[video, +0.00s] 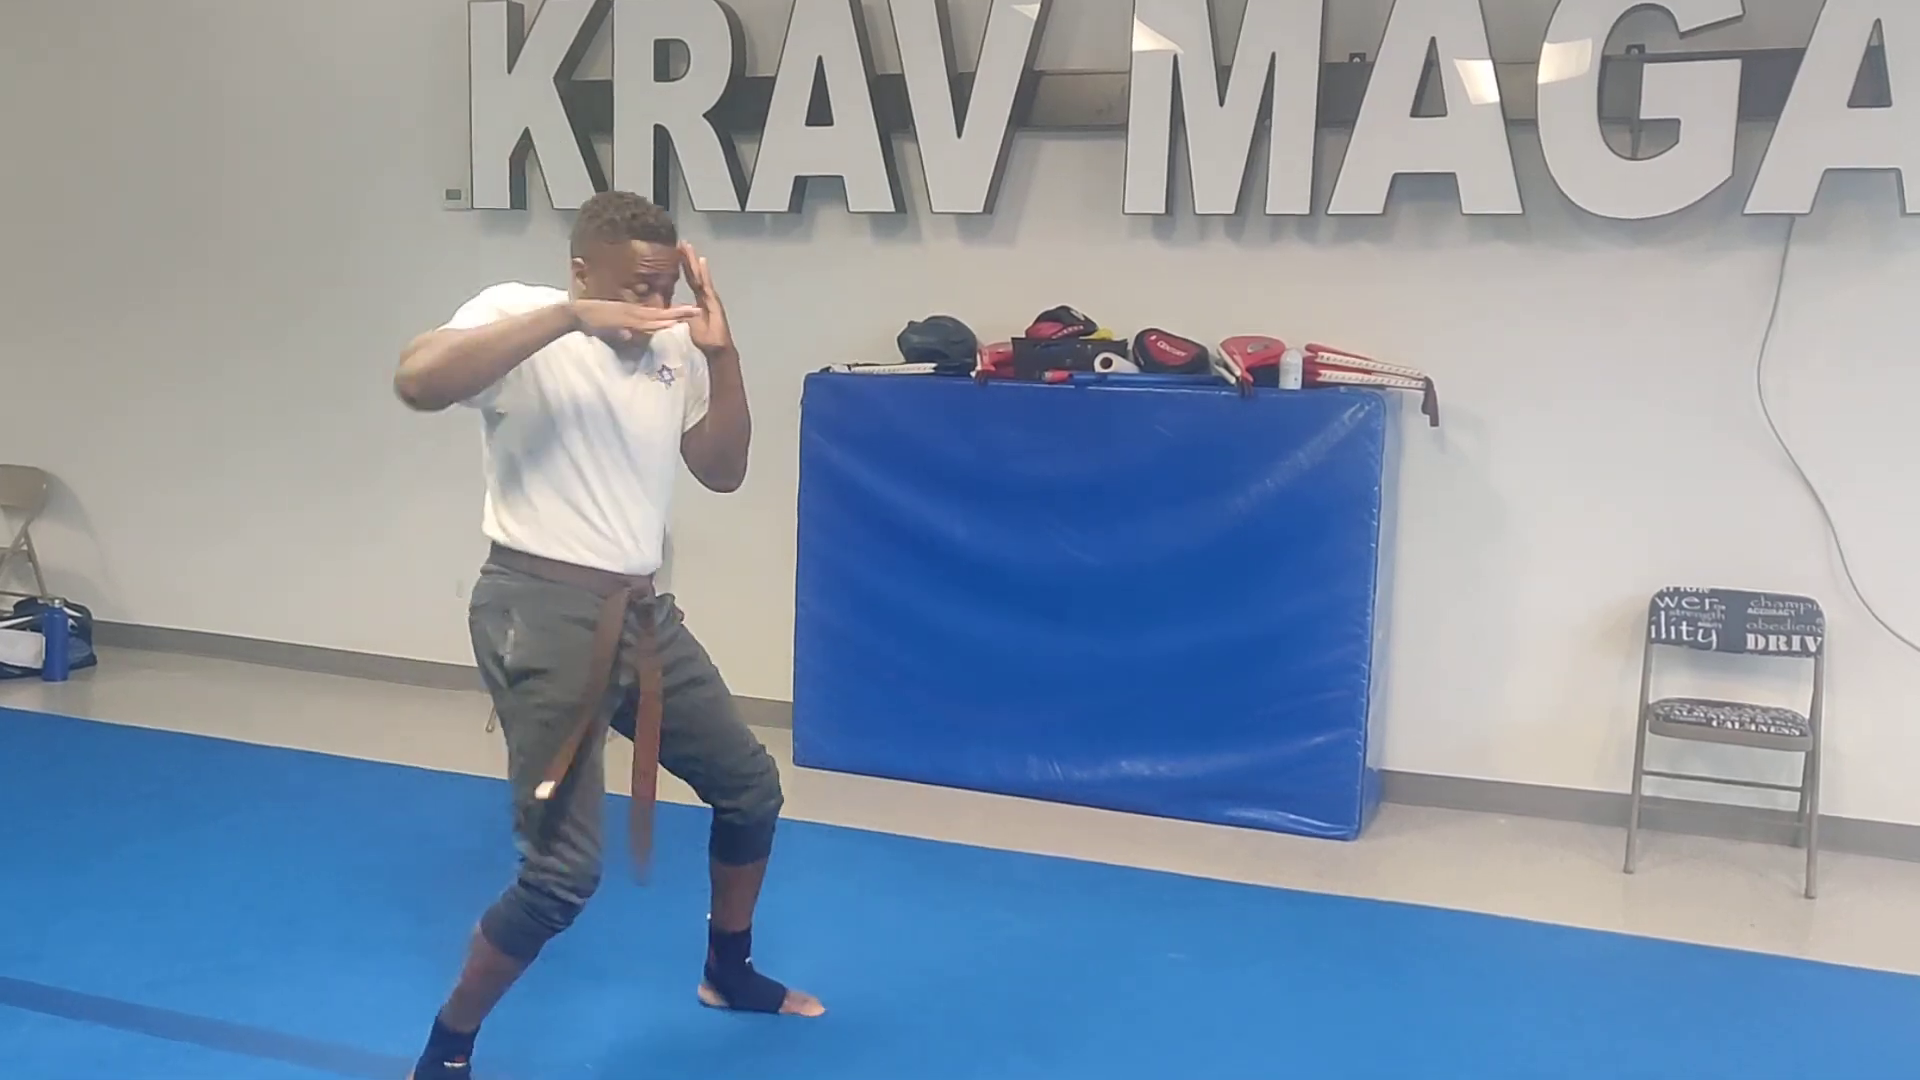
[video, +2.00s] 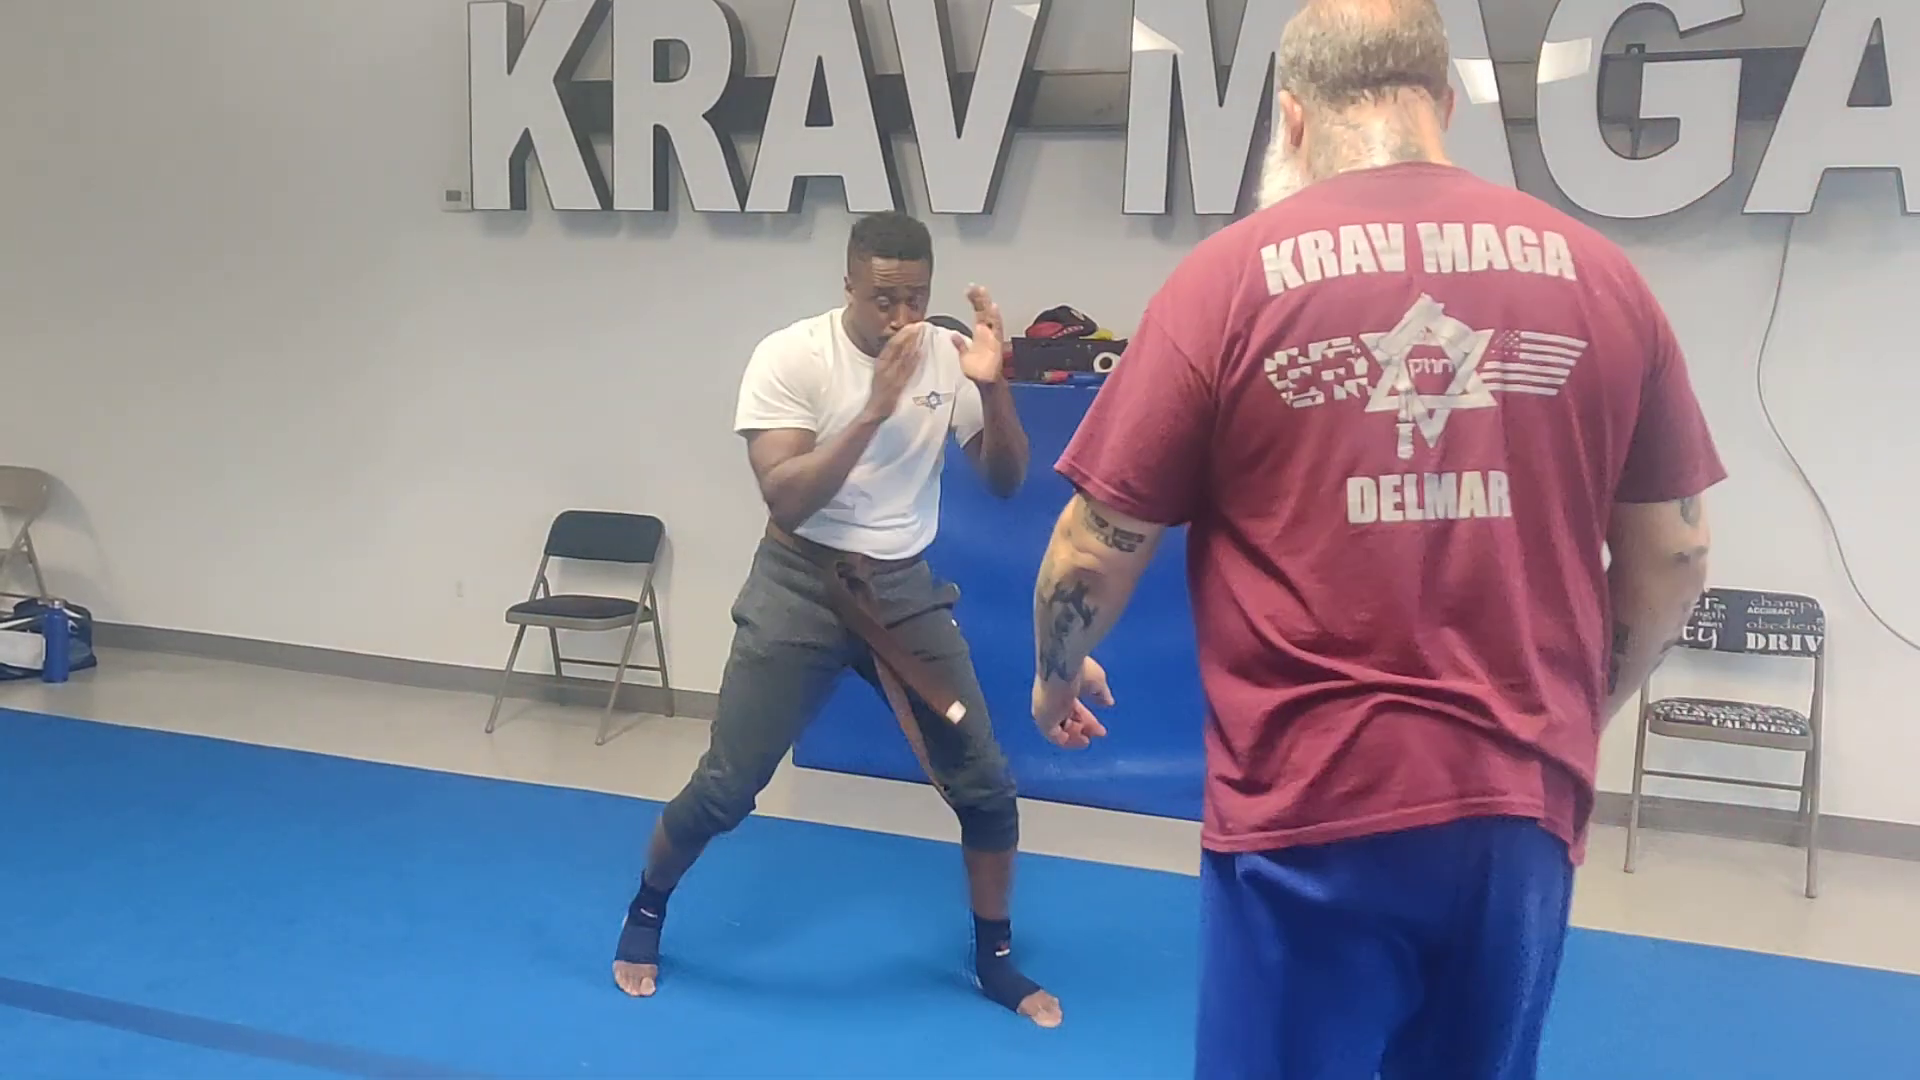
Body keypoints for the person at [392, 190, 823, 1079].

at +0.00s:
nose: (656, 298)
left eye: (664, 282)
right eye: (641, 281)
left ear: (674, 278)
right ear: (586, 269)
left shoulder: (673, 349)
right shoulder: (519, 312)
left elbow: (723, 468)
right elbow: (418, 379)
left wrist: (723, 356)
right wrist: (572, 314)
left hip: (640, 608)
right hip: (541, 606)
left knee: (749, 789)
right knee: (562, 871)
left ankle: (731, 971)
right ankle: (443, 1057)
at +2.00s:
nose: (902, 316)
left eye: (915, 299)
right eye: (885, 299)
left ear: (929, 290)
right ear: (847, 284)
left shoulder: (947, 353)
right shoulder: (787, 359)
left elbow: (1005, 479)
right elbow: (787, 502)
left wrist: (997, 389)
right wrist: (873, 411)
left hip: (905, 587)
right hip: (799, 580)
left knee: (986, 786)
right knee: (726, 788)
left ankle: (995, 958)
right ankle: (646, 911)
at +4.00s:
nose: (388, 178)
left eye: (402, 159)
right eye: (362, 163)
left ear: (421, 174)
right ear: (322, 183)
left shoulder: (475, 296)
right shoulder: (269, 311)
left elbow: (511, 444)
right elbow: (208, 478)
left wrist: (572, 564)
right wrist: (192, 648)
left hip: (467, 569)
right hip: (341, 571)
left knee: (475, 804)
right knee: (315, 817)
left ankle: (472, 973)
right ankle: (319, 1047)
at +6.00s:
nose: (518, 190)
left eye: (518, 171)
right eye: (490, 175)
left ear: (517, 180)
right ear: (423, 195)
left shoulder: (529, 302)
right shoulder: (358, 307)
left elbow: (534, 473)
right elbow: (329, 497)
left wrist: (550, 614)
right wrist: (378, 669)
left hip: (512, 574)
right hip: (401, 568)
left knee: (539, 800)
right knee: (375, 822)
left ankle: (537, 1014)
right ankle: (363, 1061)